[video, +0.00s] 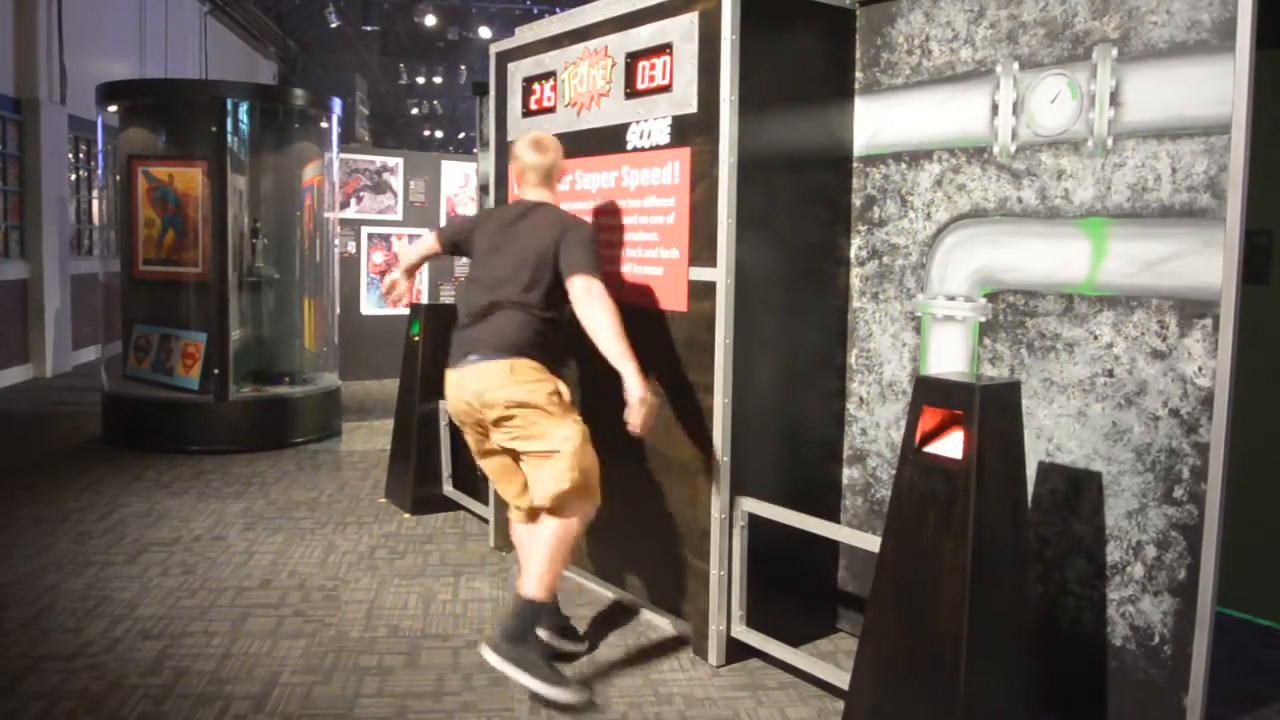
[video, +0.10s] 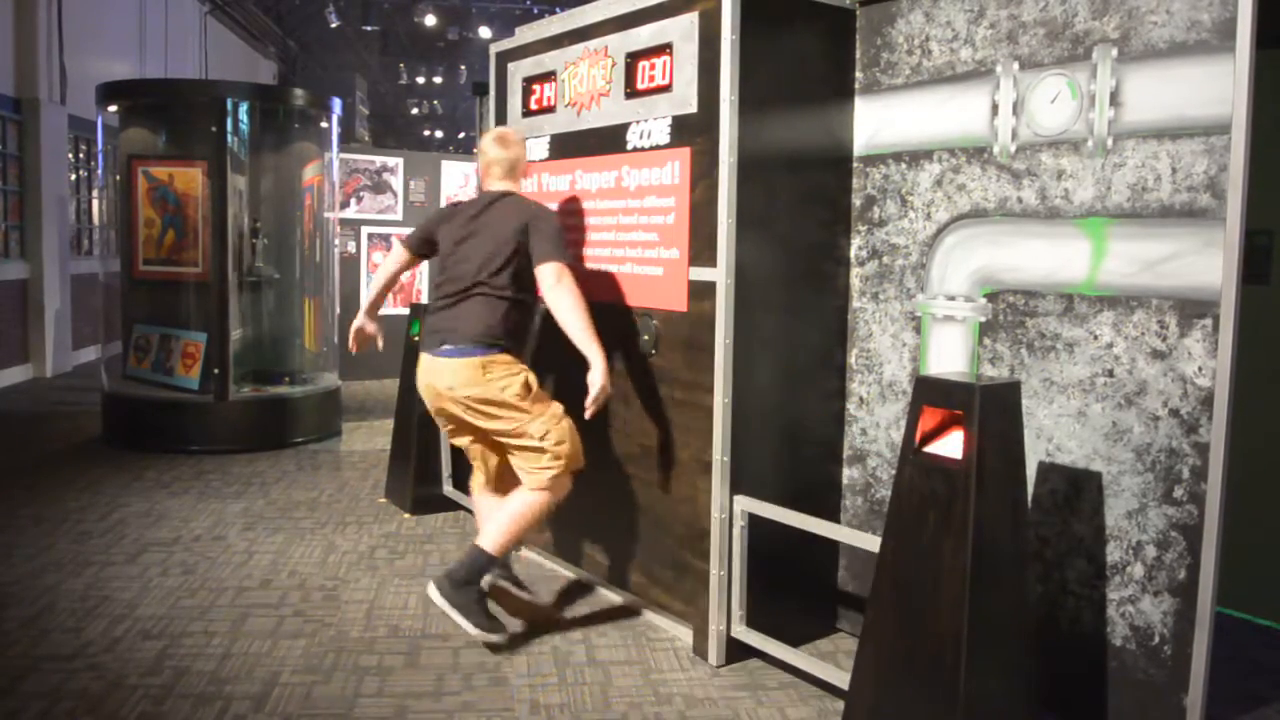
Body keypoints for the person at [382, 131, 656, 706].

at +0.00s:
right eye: (561, 174)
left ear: (513, 178)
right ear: (561, 178)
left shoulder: (483, 222)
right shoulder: (568, 227)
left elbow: (429, 243)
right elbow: (586, 295)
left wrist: (403, 266)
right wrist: (633, 376)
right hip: (517, 371)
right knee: (574, 494)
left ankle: (546, 617)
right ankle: (517, 634)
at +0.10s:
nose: (522, 174)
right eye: (525, 166)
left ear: (480, 171)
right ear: (523, 170)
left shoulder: (448, 216)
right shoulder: (534, 217)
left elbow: (396, 262)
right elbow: (554, 284)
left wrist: (366, 313)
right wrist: (596, 357)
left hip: (432, 370)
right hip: (482, 368)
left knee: (490, 465)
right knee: (554, 469)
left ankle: (499, 569)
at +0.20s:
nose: (487, 195)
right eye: (486, 188)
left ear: (439, 195)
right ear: (484, 191)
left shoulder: (419, 245)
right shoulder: (501, 236)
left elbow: (374, 309)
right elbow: (531, 295)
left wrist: (366, 358)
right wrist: (577, 361)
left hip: (414, 390)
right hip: (467, 389)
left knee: (443, 439)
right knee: (519, 479)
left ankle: (428, 538)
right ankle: (450, 600)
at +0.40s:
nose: (426, 245)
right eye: (426, 239)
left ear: (387, 250)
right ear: (424, 243)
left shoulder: (378, 295)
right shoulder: (444, 284)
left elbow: (367, 340)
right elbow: (479, 341)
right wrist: (516, 394)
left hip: (356, 410)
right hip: (403, 417)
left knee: (378, 453)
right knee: (464, 497)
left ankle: (342, 519)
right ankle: (423, 583)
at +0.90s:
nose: (445, 230)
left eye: (444, 222)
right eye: (438, 223)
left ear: (409, 232)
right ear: (410, 231)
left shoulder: (402, 269)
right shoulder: (406, 264)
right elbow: (416, 278)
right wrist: (476, 303)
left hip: (341, 381)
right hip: (356, 383)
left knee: (374, 442)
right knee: (430, 462)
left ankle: (338, 521)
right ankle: (342, 549)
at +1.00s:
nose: (459, 204)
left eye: (459, 194)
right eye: (450, 195)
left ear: (429, 203)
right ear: (422, 202)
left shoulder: (421, 251)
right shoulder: (410, 239)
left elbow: (372, 307)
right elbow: (440, 249)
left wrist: (345, 354)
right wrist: (508, 259)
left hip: (388, 379)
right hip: (370, 378)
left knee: (371, 454)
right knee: (402, 486)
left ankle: (353, 513)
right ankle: (338, 563)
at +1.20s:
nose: (501, 170)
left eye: (502, 161)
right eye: (492, 161)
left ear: (457, 167)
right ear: (458, 163)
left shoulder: (431, 210)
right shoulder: (461, 201)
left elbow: (395, 276)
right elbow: (504, 229)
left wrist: (376, 327)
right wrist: (577, 238)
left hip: (442, 363)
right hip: (416, 362)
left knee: (450, 448)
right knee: (421, 479)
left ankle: (423, 544)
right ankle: (341, 551)